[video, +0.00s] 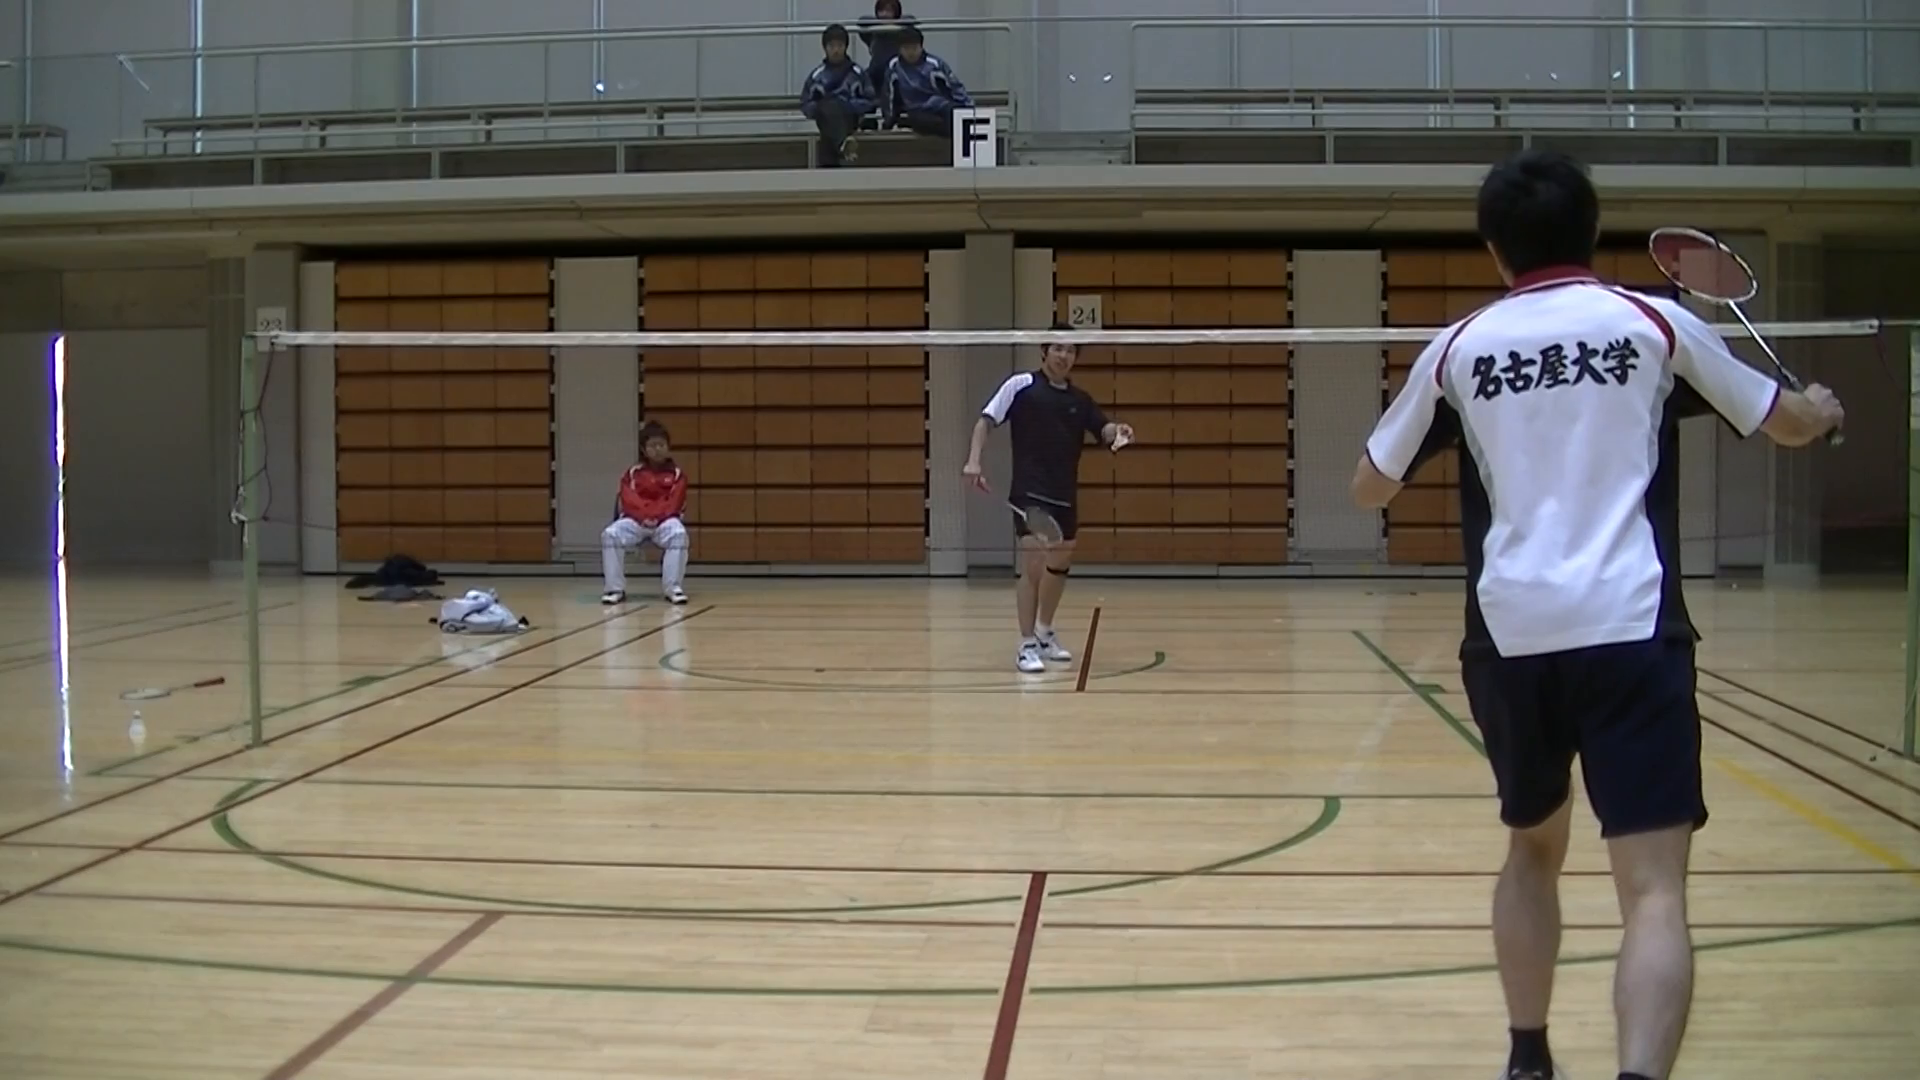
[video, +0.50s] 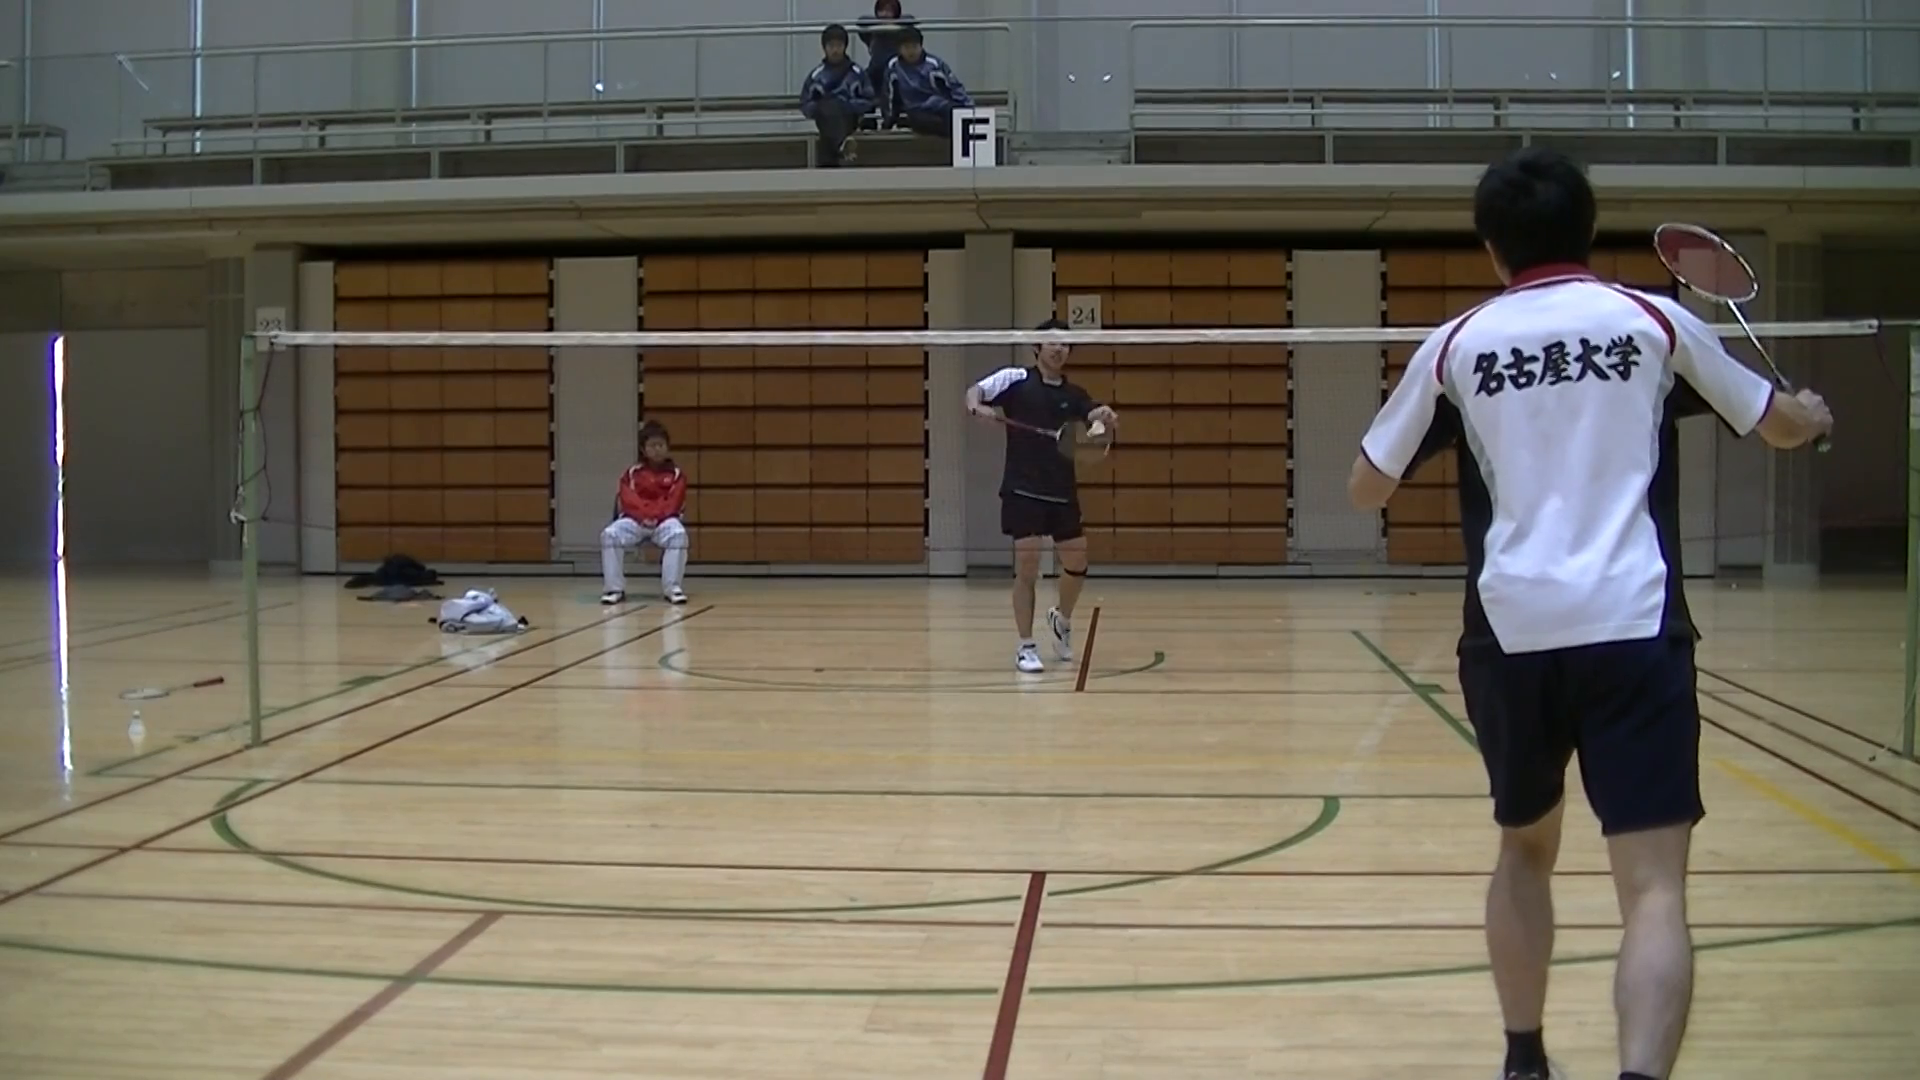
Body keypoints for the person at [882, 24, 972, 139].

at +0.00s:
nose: (911, 53)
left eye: (914, 48)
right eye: (906, 48)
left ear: (921, 47)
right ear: (900, 49)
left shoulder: (936, 65)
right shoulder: (894, 67)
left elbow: (955, 87)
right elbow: (891, 96)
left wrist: (968, 107)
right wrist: (889, 121)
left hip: (942, 107)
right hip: (916, 112)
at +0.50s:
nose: (911, 52)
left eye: (914, 47)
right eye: (906, 47)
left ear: (921, 47)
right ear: (899, 49)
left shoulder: (935, 64)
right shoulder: (894, 67)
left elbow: (954, 87)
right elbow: (890, 96)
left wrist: (968, 107)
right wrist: (889, 121)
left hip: (942, 107)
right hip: (916, 112)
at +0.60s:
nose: (911, 52)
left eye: (914, 47)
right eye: (906, 48)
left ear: (921, 47)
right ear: (899, 50)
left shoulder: (935, 64)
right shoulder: (893, 68)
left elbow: (955, 87)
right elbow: (889, 96)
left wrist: (968, 107)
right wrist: (889, 120)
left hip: (943, 107)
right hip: (915, 112)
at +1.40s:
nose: (909, 51)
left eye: (913, 46)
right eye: (904, 47)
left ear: (920, 46)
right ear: (898, 49)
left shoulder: (934, 63)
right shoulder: (893, 67)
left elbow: (953, 86)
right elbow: (889, 95)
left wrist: (967, 106)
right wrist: (889, 118)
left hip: (943, 108)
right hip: (914, 112)